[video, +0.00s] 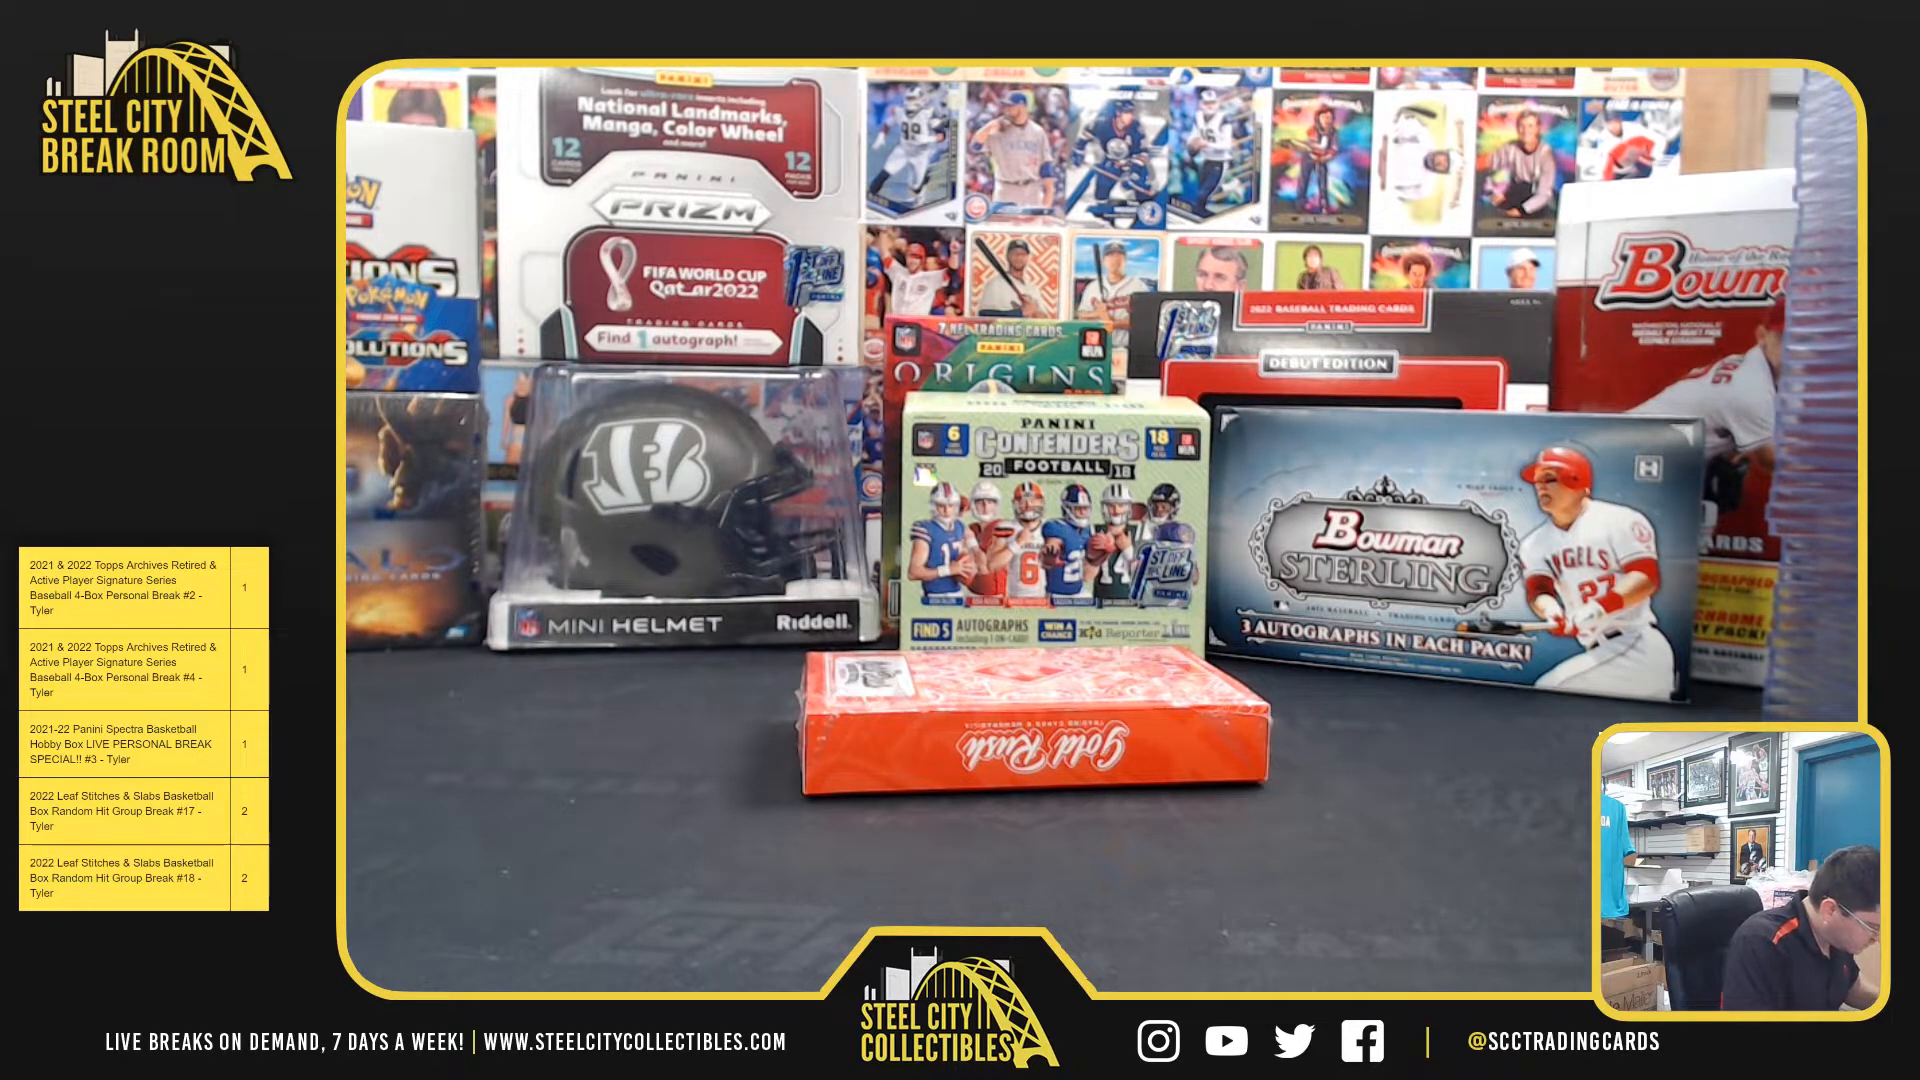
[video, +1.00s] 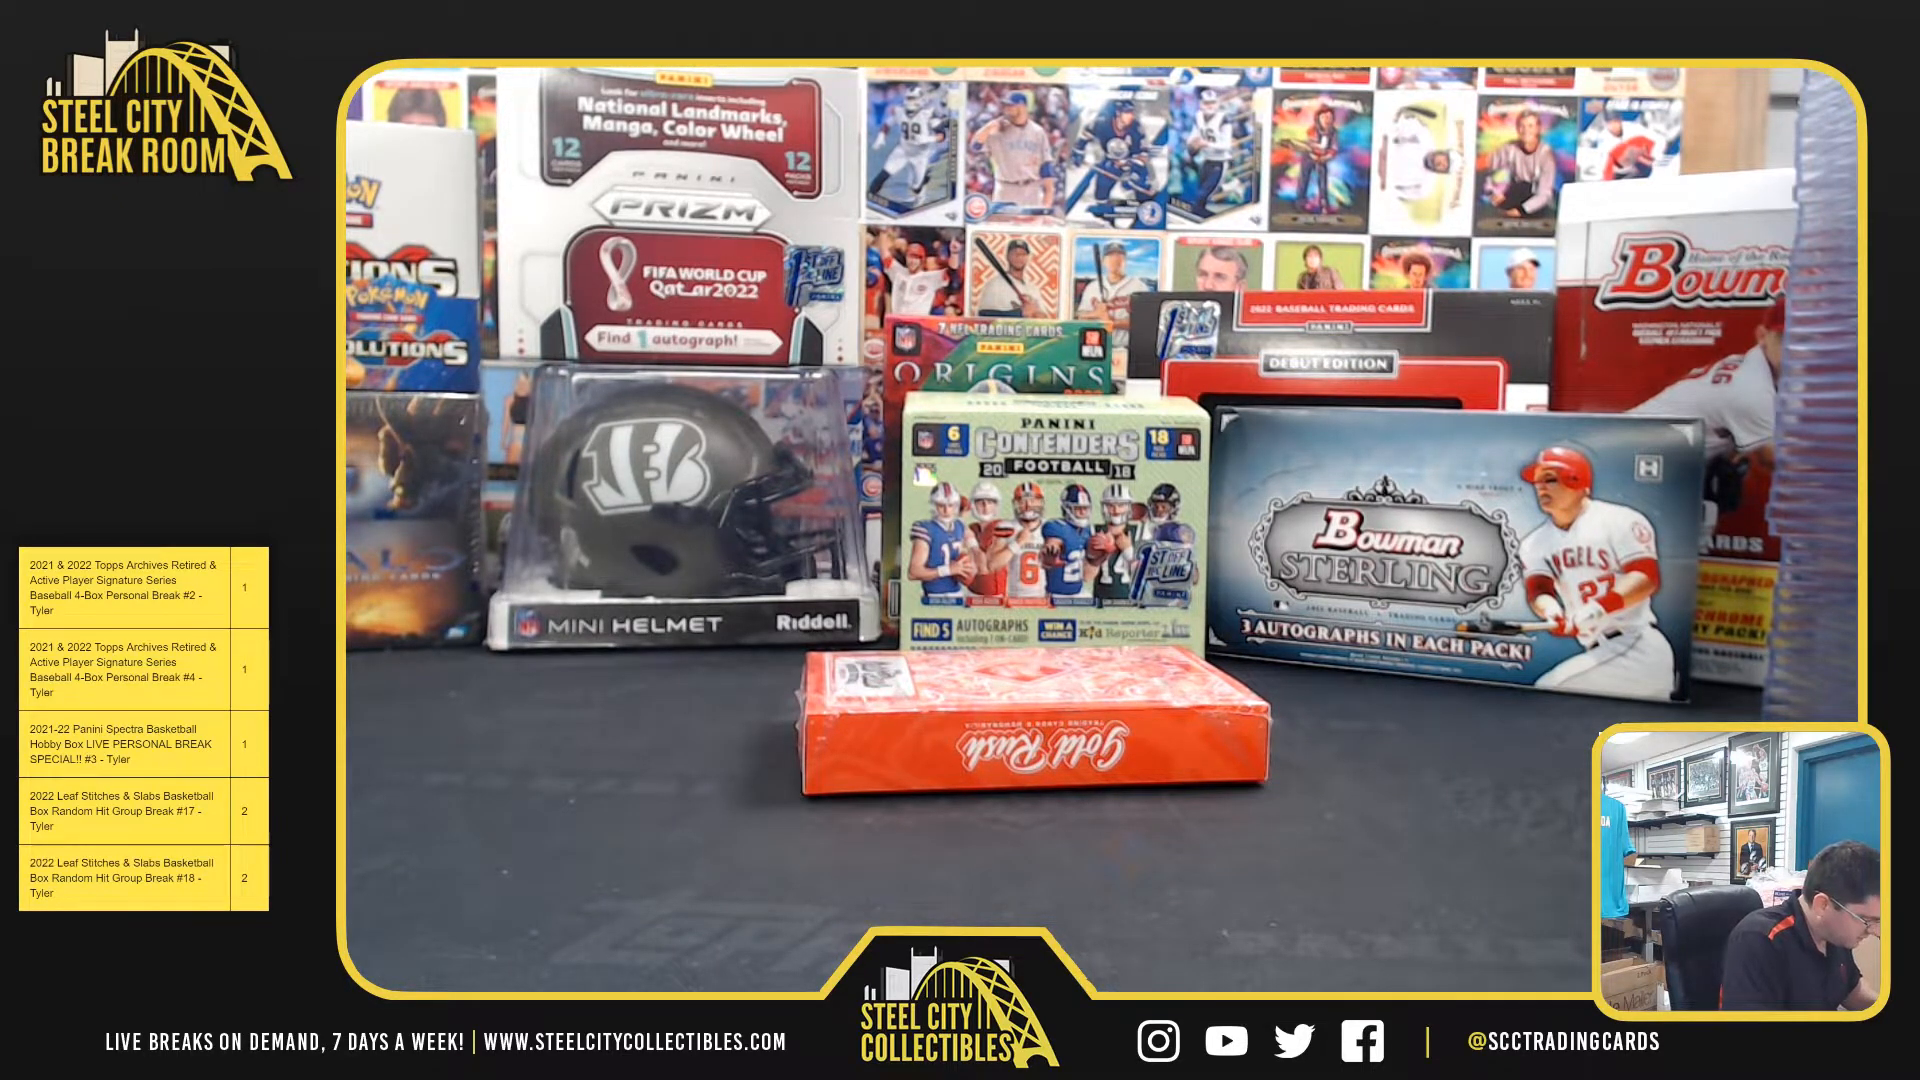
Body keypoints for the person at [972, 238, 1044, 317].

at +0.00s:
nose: (1019, 258)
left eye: (1023, 254)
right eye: (1015, 254)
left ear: (1028, 258)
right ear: (1008, 256)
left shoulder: (1032, 288)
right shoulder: (995, 284)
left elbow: (1045, 317)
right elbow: (985, 314)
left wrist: (1034, 310)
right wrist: (1020, 313)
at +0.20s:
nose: (1019, 258)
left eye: (1023, 254)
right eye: (1015, 254)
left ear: (1028, 258)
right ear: (1008, 256)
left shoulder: (1032, 288)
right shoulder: (995, 284)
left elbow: (1045, 317)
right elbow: (985, 314)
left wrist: (1034, 310)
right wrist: (1020, 313)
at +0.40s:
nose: (1019, 258)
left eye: (1023, 254)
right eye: (1015, 254)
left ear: (1028, 258)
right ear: (1008, 256)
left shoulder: (1032, 288)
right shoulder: (995, 284)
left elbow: (1045, 317)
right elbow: (985, 314)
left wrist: (1034, 310)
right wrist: (1020, 313)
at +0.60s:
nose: (1019, 258)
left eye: (1023, 254)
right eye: (1016, 254)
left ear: (1028, 258)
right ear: (1008, 256)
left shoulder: (1032, 289)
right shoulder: (995, 284)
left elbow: (1045, 317)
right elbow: (985, 314)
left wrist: (1033, 310)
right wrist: (1020, 313)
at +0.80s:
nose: (1019, 257)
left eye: (1023, 254)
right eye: (1015, 254)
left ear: (1028, 258)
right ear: (1008, 256)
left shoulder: (1033, 288)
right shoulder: (995, 285)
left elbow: (1044, 317)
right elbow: (985, 315)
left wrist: (1033, 310)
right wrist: (1020, 313)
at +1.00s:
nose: (1019, 257)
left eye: (1023, 254)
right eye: (1015, 254)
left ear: (1028, 258)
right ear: (1008, 256)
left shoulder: (1033, 288)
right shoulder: (995, 285)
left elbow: (1044, 317)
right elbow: (985, 315)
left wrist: (1033, 310)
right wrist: (1020, 313)